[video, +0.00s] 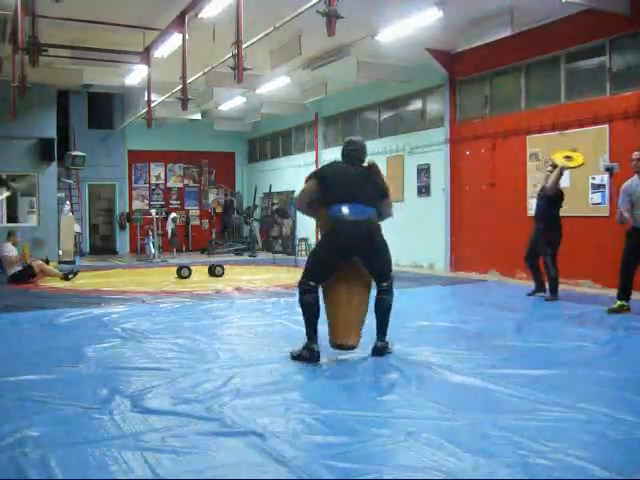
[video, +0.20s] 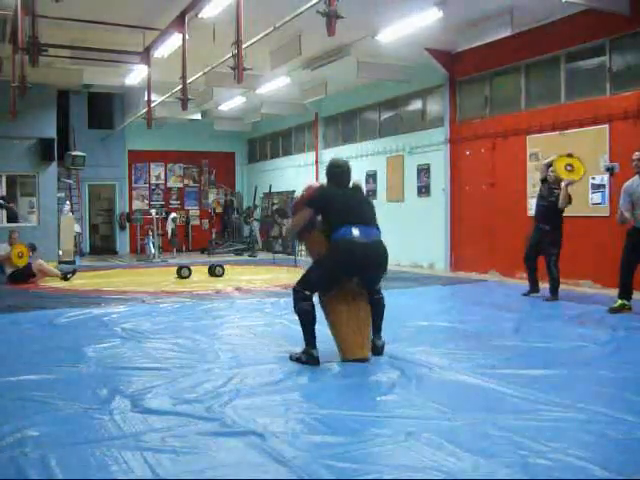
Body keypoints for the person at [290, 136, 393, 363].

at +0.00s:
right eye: (361, 156)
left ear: (342, 155)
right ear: (364, 157)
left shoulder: (328, 170)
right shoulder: (373, 175)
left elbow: (300, 202)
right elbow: (386, 211)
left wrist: (323, 215)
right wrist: (366, 218)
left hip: (336, 235)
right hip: (369, 235)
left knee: (308, 284)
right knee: (384, 282)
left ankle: (311, 346)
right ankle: (381, 342)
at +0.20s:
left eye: (329, 176)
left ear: (328, 177)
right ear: (349, 178)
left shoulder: (322, 194)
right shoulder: (361, 195)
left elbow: (295, 225)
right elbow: (369, 224)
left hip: (343, 253)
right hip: (376, 252)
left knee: (302, 291)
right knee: (374, 289)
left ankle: (310, 350)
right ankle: (377, 340)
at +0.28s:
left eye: (323, 182)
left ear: (323, 184)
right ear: (344, 183)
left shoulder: (319, 200)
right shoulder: (359, 201)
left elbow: (290, 229)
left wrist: (288, 237)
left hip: (346, 258)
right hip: (379, 256)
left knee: (301, 290)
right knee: (374, 289)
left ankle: (310, 350)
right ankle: (377, 340)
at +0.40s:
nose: (317, 185)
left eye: (317, 182)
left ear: (320, 183)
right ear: (341, 182)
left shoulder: (316, 198)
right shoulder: (354, 197)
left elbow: (291, 231)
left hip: (350, 251)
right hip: (381, 249)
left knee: (305, 286)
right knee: (373, 285)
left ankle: (309, 348)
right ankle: (377, 338)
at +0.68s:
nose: (312, 194)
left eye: (313, 192)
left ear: (316, 193)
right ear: (336, 190)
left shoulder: (312, 205)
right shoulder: (348, 203)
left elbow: (289, 239)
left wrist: (293, 250)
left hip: (352, 246)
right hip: (383, 244)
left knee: (307, 282)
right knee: (373, 284)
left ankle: (303, 343)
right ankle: (375, 337)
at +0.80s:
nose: (311, 193)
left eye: (311, 191)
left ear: (315, 191)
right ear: (335, 189)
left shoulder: (312, 203)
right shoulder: (348, 200)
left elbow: (291, 232)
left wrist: (292, 250)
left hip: (348, 242)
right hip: (380, 239)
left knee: (310, 282)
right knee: (372, 282)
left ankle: (303, 342)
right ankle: (375, 336)